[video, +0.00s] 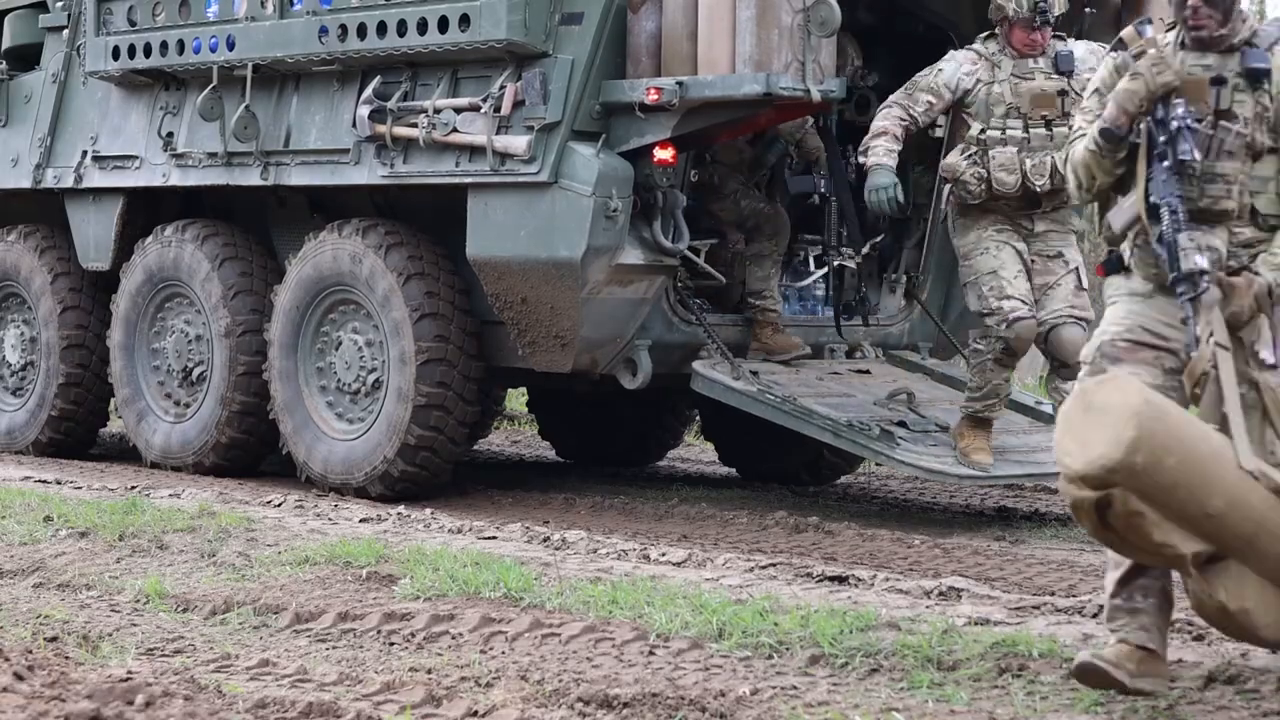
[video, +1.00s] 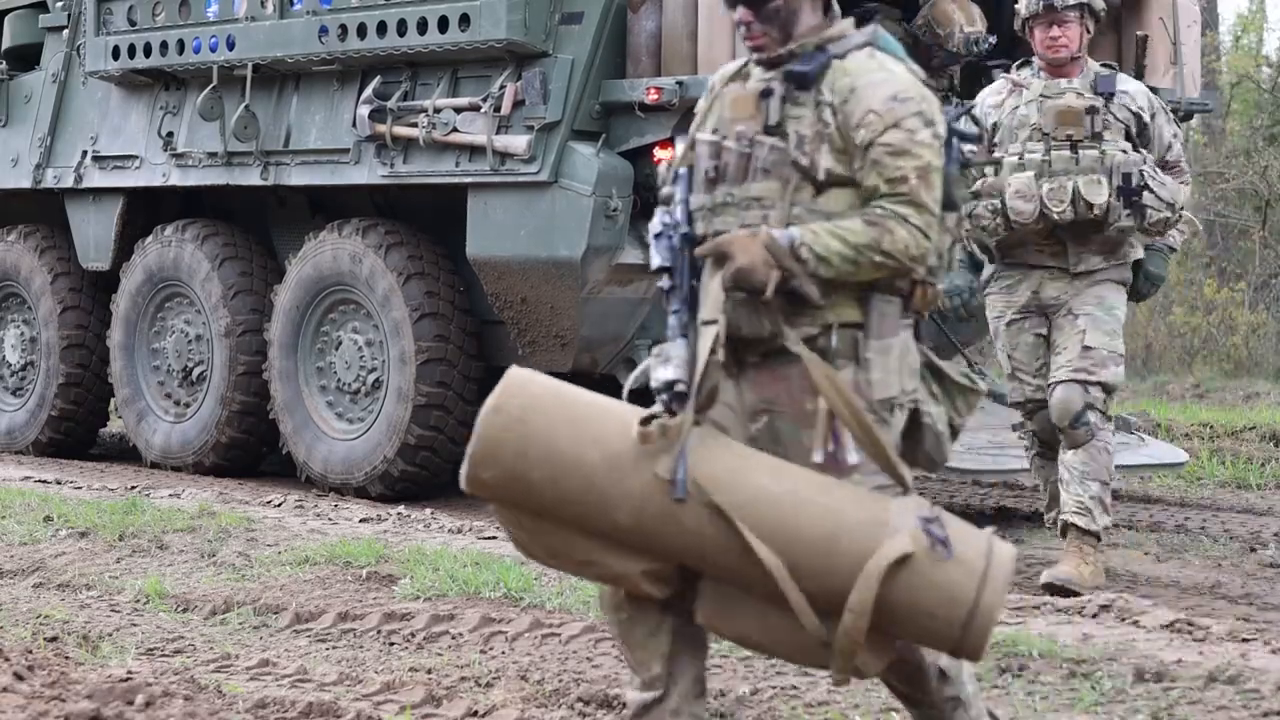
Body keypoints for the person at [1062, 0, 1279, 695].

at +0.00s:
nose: (1200, 7)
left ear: (1242, 4)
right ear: (1171, 3)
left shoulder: (1269, 59)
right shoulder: (1132, 62)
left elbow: (1276, 193)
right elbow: (1082, 185)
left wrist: (1265, 277)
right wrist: (1122, 116)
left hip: (1253, 284)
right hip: (1151, 286)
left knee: (1258, 459)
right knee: (1126, 443)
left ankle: (1266, 627)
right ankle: (1138, 642)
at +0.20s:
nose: (1137, 17)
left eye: (1155, 5)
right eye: (1124, 5)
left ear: (1188, 11)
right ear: (1109, 13)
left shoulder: (1230, 94)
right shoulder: (1067, 87)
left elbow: (1269, 214)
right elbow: (1021, 205)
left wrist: (1205, 296)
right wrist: (1072, 139)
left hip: (1195, 323)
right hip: (1091, 321)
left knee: (1205, 494)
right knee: (1085, 493)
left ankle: (1262, 648)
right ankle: (1131, 671)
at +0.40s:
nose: (1092, 9)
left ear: (1141, 5)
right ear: (1063, 6)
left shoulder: (1189, 100)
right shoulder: (1008, 76)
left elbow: (1214, 229)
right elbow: (966, 202)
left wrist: (1129, 287)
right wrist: (1027, 163)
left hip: (1131, 332)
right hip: (1031, 327)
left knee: (1114, 501)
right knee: (1041, 503)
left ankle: (1112, 679)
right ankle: (1107, 673)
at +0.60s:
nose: (1030, 28)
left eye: (1049, 14)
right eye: (1017, 14)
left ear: (1085, 16)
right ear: (1001, 18)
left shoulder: (1126, 119)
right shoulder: (954, 87)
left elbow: (1146, 255)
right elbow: (880, 202)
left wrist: (1041, 292)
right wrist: (929, 174)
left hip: (1057, 371)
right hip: (944, 363)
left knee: (1041, 546)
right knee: (964, 542)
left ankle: (1065, 703)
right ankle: (1019, 700)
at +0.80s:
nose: (908, 35)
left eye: (926, 19)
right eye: (896, 21)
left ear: (976, 12)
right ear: (885, 23)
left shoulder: (1029, 121)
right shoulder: (861, 95)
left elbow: (1048, 260)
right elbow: (809, 190)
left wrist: (914, 279)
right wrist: (819, 246)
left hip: (966, 395)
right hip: (844, 381)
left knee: (959, 611)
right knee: (782, 562)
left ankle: (985, 706)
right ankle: (832, 703)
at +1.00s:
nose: (749, 16)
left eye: (766, 4)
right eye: (739, 6)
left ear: (817, 1)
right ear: (729, 12)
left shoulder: (882, 87)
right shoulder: (722, 88)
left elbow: (910, 231)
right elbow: (685, 214)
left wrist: (780, 249)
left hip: (838, 378)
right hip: (726, 371)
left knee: (860, 573)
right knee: (651, 554)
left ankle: (954, 708)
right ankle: (669, 708)